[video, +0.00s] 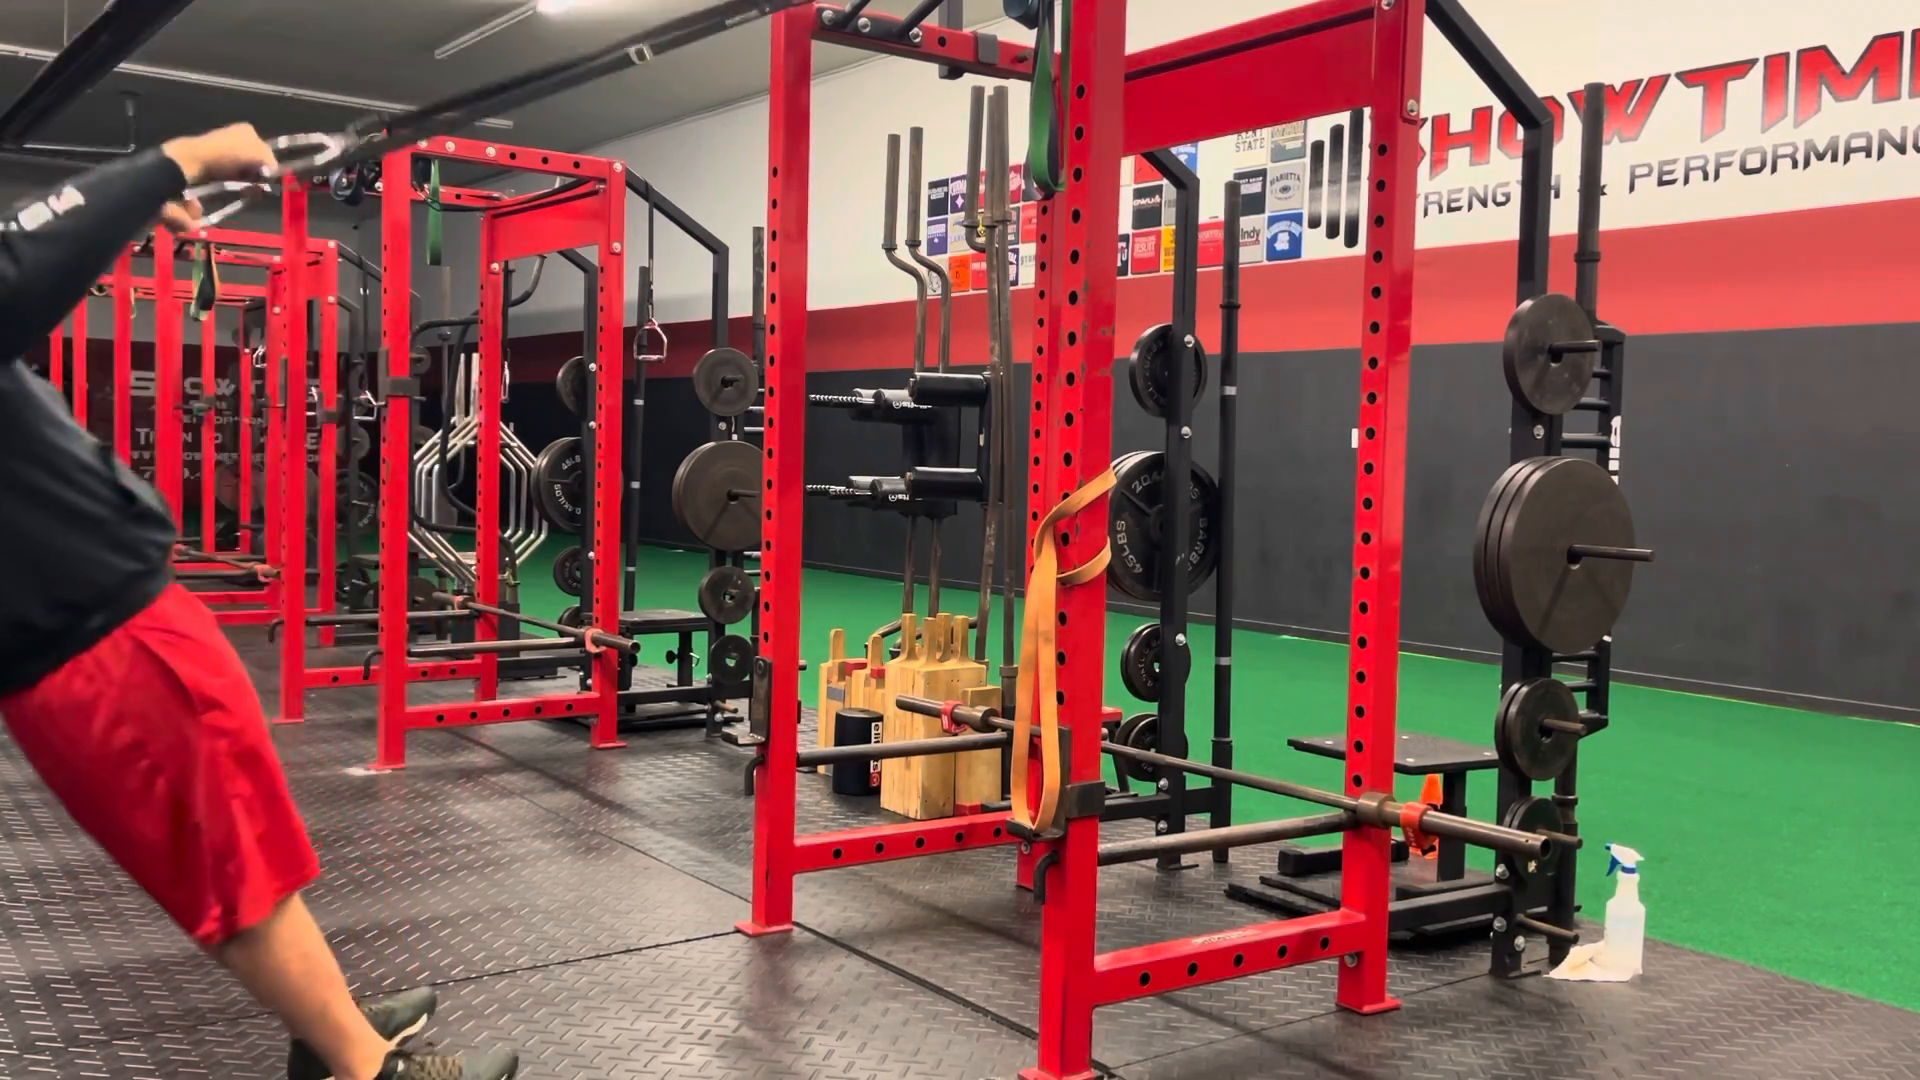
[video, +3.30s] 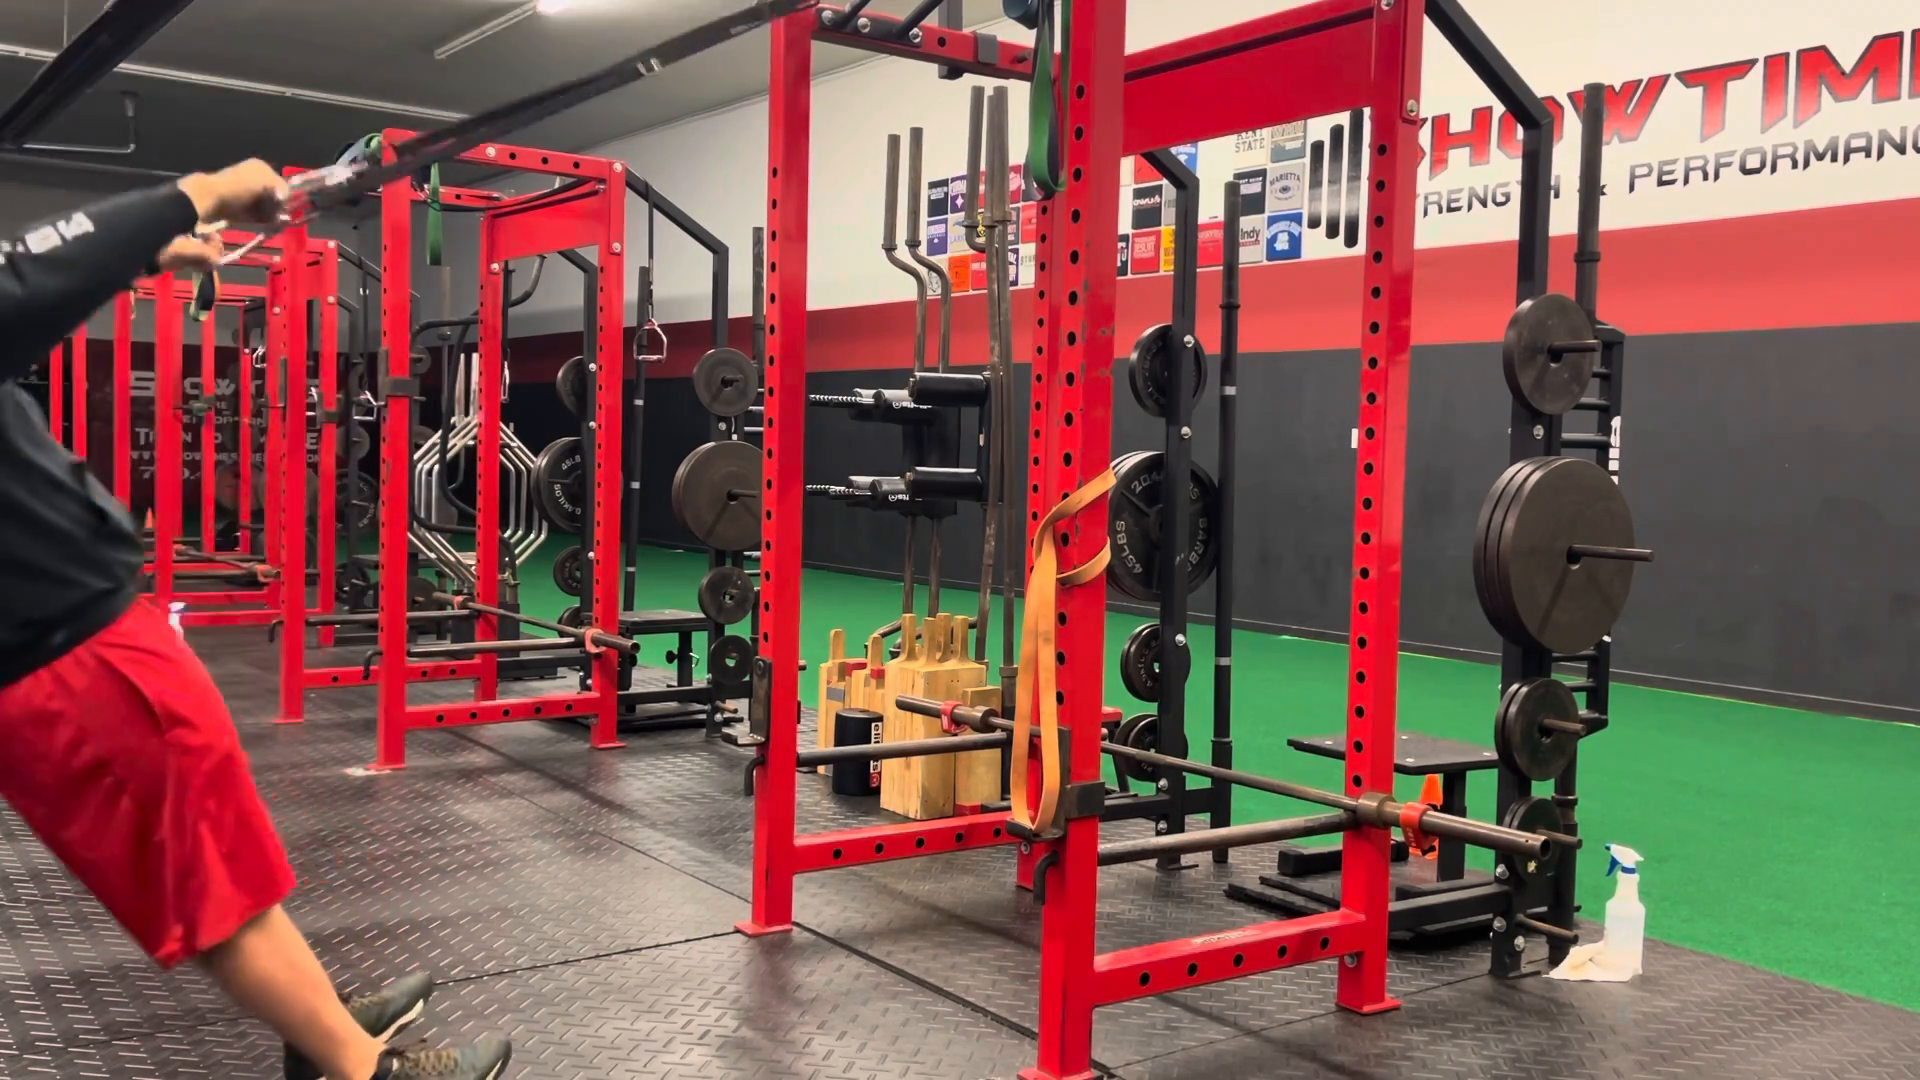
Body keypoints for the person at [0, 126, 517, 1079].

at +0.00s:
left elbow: (25, 263)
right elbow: (24, 272)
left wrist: (170, 167)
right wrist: (179, 159)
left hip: (77, 600)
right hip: (74, 611)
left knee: (220, 836)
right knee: (233, 857)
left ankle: (331, 1026)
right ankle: (367, 1063)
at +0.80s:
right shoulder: (13, 282)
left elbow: (36, 149)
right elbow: (42, 168)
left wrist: (135, 27)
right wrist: (143, 22)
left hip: (129, 619)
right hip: (173, 608)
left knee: (250, 860)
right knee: (286, 867)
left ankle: (329, 1034)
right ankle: (372, 1058)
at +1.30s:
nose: (171, 119)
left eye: (160, 101)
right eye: (155, 104)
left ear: (72, 147)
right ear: (126, 126)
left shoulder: (78, 271)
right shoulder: (168, 233)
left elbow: (60, 188)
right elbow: (185, 69)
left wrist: (77, 57)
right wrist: (142, 0)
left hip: (235, 607)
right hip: (325, 599)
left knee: (290, 845)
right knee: (358, 861)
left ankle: (329, 1026)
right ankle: (390, 1061)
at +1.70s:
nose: (337, 114)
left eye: (331, 103)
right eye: (322, 103)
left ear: (251, 148)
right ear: (284, 129)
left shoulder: (204, 239)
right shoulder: (307, 228)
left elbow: (149, 145)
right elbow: (254, 54)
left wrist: (98, 26)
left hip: (287, 584)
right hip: (377, 588)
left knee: (311, 834)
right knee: (379, 854)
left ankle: (336, 1028)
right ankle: (394, 1058)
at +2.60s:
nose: (180, 125)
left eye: (172, 108)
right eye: (161, 109)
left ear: (76, 147)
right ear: (134, 128)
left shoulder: (103, 259)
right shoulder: (161, 235)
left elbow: (72, 141)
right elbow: (172, 90)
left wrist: (86, 30)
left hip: (242, 596)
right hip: (306, 592)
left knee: (301, 838)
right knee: (349, 856)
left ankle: (331, 1026)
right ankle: (391, 1061)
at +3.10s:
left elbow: (19, 175)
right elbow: (37, 156)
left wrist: (93, 142)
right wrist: (153, 36)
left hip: (95, 607)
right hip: (133, 607)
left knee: (239, 846)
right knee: (266, 864)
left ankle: (335, 1027)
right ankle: (371, 1063)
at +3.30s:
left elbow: (22, 296)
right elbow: (23, 293)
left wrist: (143, 248)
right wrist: (199, 193)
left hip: (58, 633)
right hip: (61, 634)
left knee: (202, 853)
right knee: (220, 884)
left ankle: (323, 1032)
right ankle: (361, 1065)